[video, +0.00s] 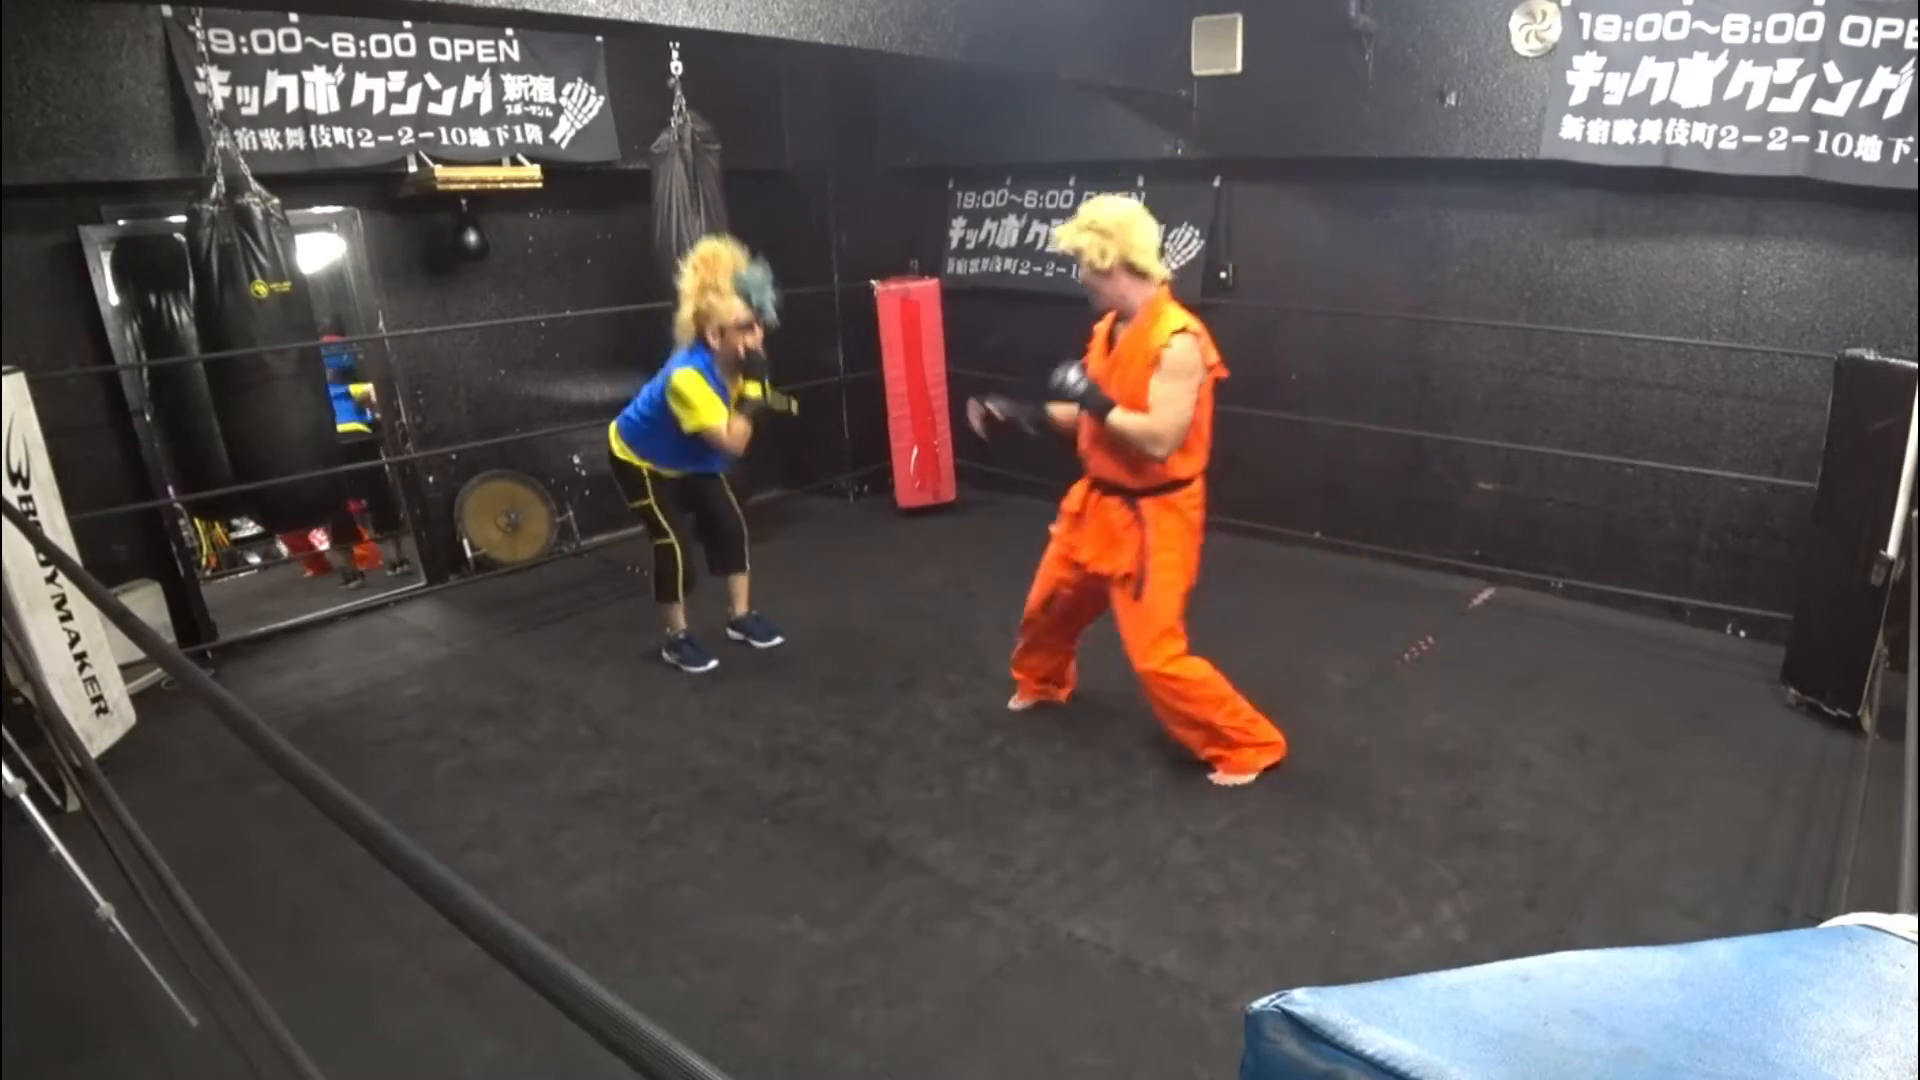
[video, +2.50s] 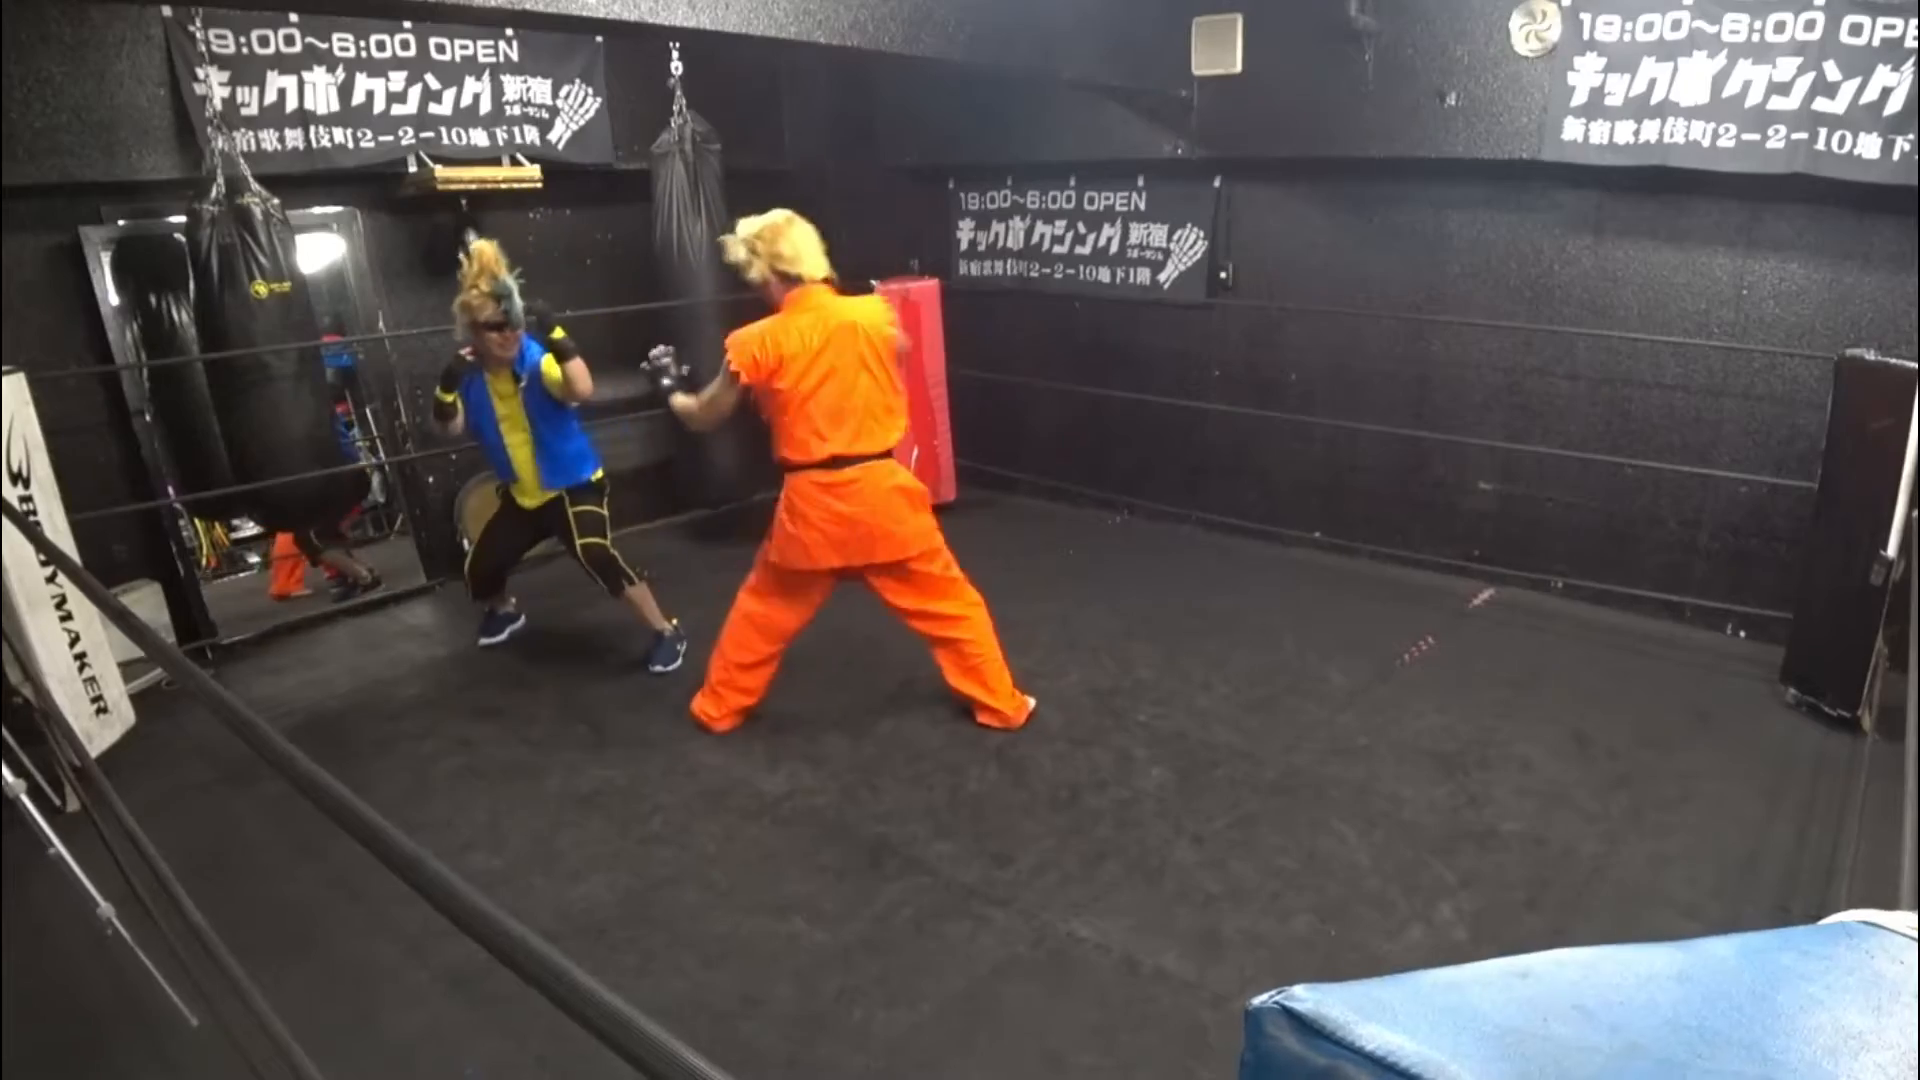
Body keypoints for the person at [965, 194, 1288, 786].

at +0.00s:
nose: (1082, 282)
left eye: (1087, 269)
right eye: (1081, 270)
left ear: (1115, 264)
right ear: (1121, 265)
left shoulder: (1180, 340)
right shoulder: (1107, 331)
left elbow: (1162, 437)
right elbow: (1088, 418)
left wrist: (1094, 400)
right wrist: (1022, 413)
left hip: (1158, 511)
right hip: (1097, 499)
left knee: (1155, 657)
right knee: (1047, 605)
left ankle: (1250, 746)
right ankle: (1041, 685)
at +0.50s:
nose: (1064, 291)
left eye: (1063, 277)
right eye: (1060, 278)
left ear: (1085, 268)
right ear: (1106, 260)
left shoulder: (1145, 341)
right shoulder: (1127, 322)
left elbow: (1133, 451)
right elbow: (1132, 430)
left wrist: (1057, 433)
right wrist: (1103, 463)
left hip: (1176, 507)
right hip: (1139, 501)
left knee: (1195, 648)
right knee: (1080, 594)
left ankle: (1288, 770)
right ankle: (1099, 693)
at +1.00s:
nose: (1001, 233)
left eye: (1006, 222)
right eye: (1003, 221)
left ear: (1027, 223)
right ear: (1065, 223)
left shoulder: (990, 281)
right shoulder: (1114, 285)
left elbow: (947, 368)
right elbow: (1146, 379)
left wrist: (931, 339)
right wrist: (1088, 349)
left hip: (999, 459)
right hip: (1077, 459)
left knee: (948, 580)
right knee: (1079, 590)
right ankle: (1113, 711)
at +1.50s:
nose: (753, 309)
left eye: (752, 297)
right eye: (748, 298)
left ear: (772, 291)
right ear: (805, 275)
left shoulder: (820, 357)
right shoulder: (842, 311)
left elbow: (818, 459)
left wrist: (781, 412)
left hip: (852, 510)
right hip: (905, 493)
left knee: (780, 609)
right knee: (922, 610)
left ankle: (755, 722)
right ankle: (1029, 694)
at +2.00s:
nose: (752, 276)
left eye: (753, 265)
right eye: (751, 267)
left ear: (767, 261)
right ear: (819, 247)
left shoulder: (757, 313)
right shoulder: (869, 288)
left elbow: (686, 331)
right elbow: (942, 343)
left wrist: (677, 320)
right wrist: (940, 373)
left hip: (817, 478)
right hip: (889, 464)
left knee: (779, 596)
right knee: (945, 590)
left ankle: (740, 719)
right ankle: (997, 705)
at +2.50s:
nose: (755, 290)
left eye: (756, 279)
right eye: (753, 279)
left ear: (773, 274)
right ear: (820, 262)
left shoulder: (759, 342)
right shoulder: (876, 315)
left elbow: (704, 414)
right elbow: (899, 356)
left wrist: (672, 390)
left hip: (813, 504)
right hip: (887, 493)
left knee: (766, 603)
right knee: (949, 599)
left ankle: (718, 707)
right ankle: (1002, 705)